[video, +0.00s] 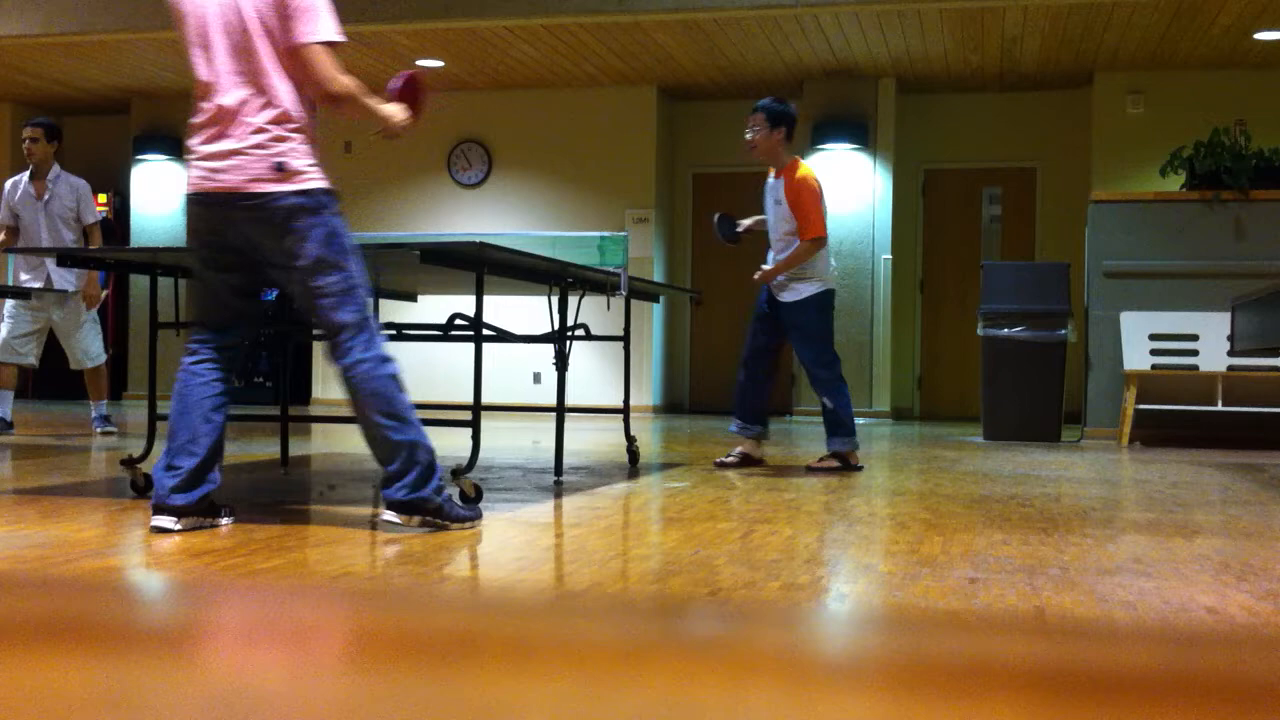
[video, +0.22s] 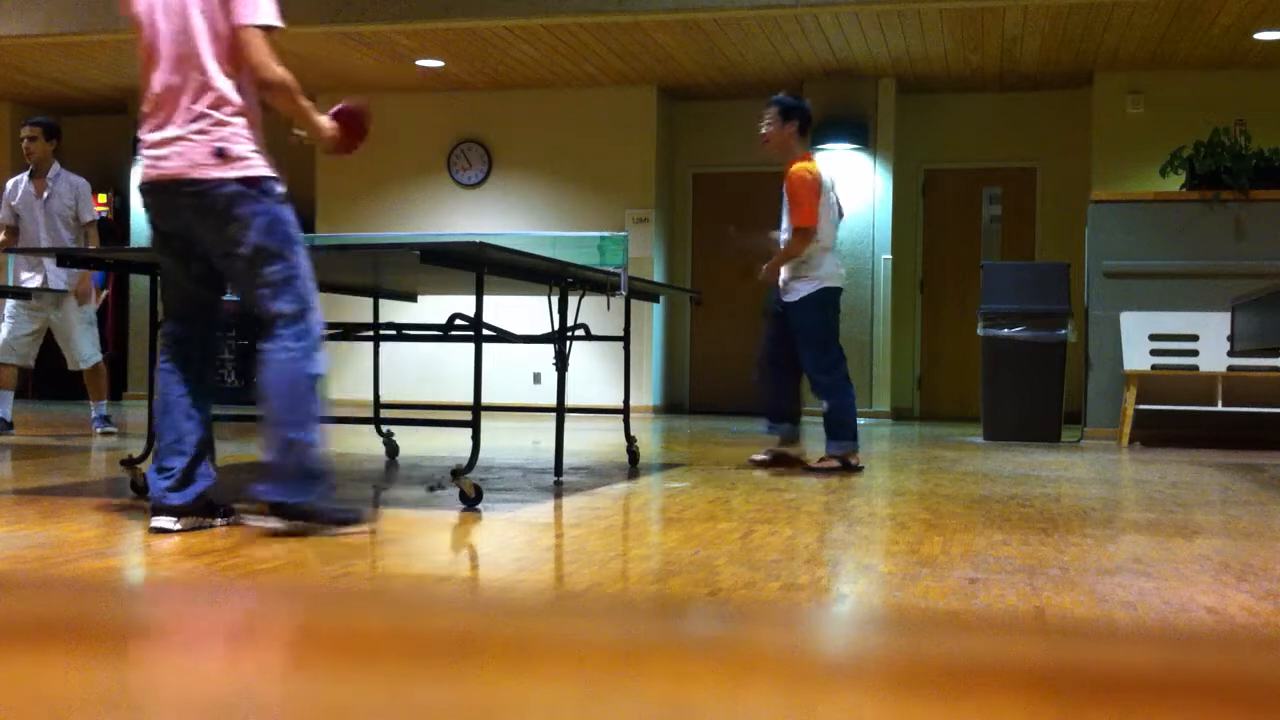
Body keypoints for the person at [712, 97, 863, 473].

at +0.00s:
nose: (748, 137)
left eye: (756, 130)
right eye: (748, 130)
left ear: (780, 133)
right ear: (769, 135)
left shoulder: (801, 179)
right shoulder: (774, 175)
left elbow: (815, 239)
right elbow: (785, 221)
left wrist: (775, 269)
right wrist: (750, 224)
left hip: (809, 290)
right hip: (778, 287)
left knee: (823, 370)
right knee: (756, 360)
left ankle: (844, 451)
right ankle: (750, 444)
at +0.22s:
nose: (762, 131)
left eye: (769, 123)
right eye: (763, 123)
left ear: (792, 128)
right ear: (792, 130)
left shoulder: (800, 172)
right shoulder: (812, 170)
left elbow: (804, 234)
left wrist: (775, 264)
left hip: (813, 286)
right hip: (799, 285)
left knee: (824, 366)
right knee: (779, 361)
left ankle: (843, 451)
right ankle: (786, 445)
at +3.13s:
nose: (675, 168)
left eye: (682, 162)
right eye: (673, 162)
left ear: (702, 167)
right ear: (671, 168)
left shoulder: (720, 205)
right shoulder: (673, 209)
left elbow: (734, 257)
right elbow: (663, 254)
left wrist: (698, 277)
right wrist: (643, 259)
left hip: (724, 298)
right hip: (689, 300)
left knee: (729, 362)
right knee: (669, 367)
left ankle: (735, 439)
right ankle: (673, 436)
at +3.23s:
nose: (671, 165)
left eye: (679, 160)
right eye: (669, 160)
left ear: (698, 165)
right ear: (669, 166)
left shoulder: (717, 202)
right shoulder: (670, 208)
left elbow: (731, 252)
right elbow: (664, 253)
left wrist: (693, 275)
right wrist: (643, 252)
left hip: (728, 298)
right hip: (693, 300)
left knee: (736, 364)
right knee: (672, 366)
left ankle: (753, 439)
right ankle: (674, 436)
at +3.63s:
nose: (641, 191)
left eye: (646, 184)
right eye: (640, 185)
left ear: (667, 185)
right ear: (660, 188)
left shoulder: (676, 214)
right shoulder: (672, 215)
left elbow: (664, 271)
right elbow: (671, 272)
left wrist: (643, 286)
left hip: (714, 304)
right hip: (694, 309)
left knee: (735, 370)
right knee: (664, 363)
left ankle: (783, 438)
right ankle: (672, 437)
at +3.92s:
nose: (634, 175)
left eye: (641, 169)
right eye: (636, 169)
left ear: (662, 173)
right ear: (657, 174)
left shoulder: (674, 201)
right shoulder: (660, 209)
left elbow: (678, 248)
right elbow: (673, 255)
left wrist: (641, 277)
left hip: (704, 301)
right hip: (676, 305)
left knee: (727, 367)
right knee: (653, 369)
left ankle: (772, 434)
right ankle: (670, 437)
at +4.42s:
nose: (651, 175)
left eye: (659, 169)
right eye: (646, 169)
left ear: (673, 176)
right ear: (640, 175)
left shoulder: (686, 221)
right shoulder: (625, 213)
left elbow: (694, 267)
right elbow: (606, 248)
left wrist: (699, 277)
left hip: (677, 311)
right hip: (634, 309)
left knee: (713, 359)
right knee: (596, 374)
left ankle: (730, 444)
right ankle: (568, 441)